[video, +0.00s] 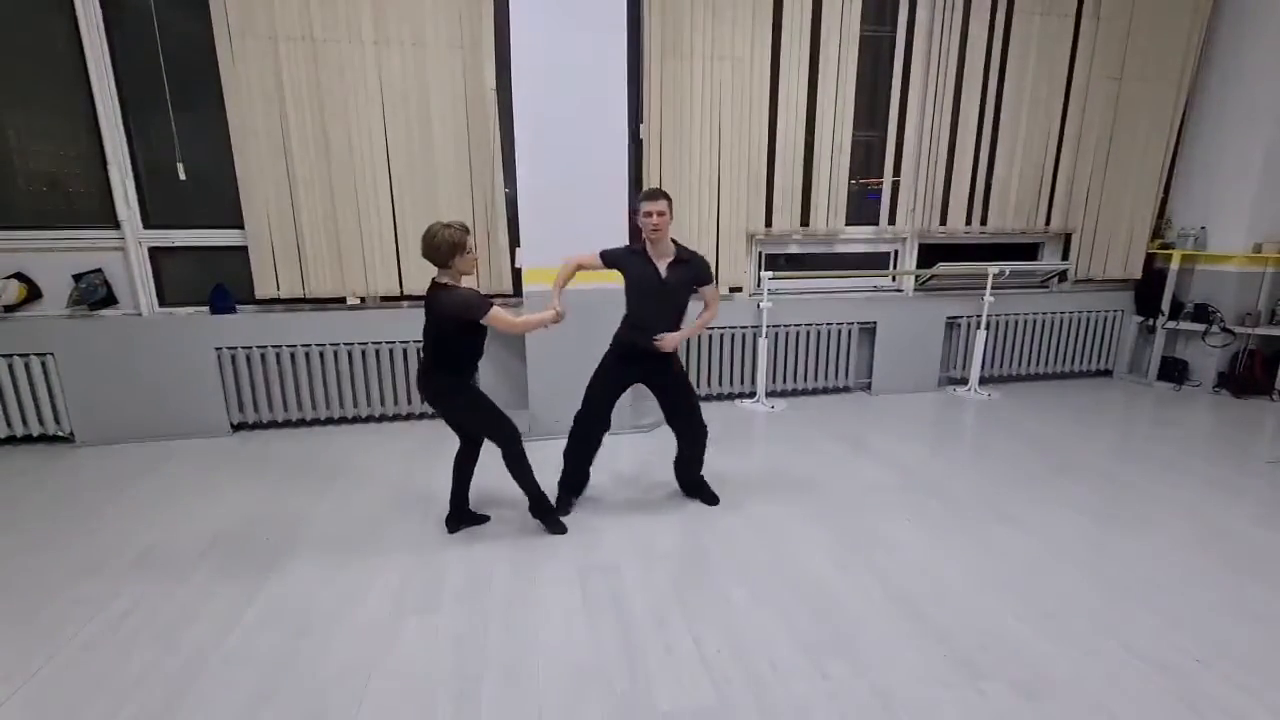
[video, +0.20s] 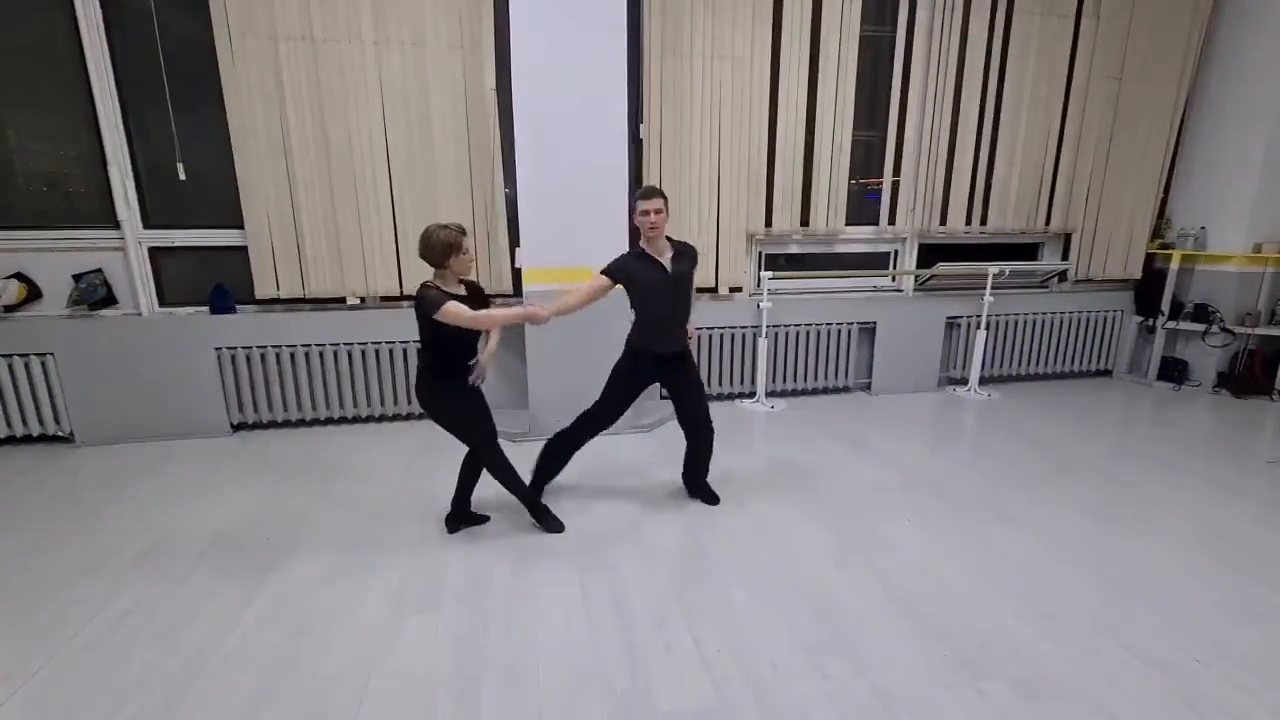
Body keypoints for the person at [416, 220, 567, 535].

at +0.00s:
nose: (475, 254)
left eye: (472, 248)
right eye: (468, 251)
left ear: (447, 259)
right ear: (452, 260)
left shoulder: (440, 290)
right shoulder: (464, 298)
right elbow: (513, 325)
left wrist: (492, 307)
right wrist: (553, 316)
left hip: (436, 381)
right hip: (451, 385)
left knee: (471, 437)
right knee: (507, 433)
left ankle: (458, 512)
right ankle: (541, 505)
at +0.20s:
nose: (472, 257)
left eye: (471, 251)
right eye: (465, 253)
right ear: (446, 261)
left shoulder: (472, 290)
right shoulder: (429, 296)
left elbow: (496, 323)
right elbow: (472, 320)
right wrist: (522, 314)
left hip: (464, 383)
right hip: (435, 388)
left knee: (484, 440)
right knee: (485, 442)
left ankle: (459, 512)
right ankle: (535, 507)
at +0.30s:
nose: (471, 257)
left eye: (469, 251)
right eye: (464, 253)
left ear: (457, 257)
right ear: (444, 260)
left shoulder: (476, 290)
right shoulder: (421, 296)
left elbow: (510, 326)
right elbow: (461, 311)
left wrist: (489, 358)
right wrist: (505, 299)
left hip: (469, 380)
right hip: (434, 387)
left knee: (489, 441)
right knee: (483, 445)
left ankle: (459, 511)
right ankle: (531, 508)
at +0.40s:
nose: (471, 257)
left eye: (470, 251)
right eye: (464, 253)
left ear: (458, 257)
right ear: (444, 261)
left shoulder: (478, 289)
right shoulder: (421, 295)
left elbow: (515, 325)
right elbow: (459, 308)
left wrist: (493, 361)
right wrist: (497, 295)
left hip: (471, 382)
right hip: (435, 388)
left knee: (489, 442)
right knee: (483, 444)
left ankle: (458, 511)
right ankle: (531, 508)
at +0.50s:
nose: (473, 257)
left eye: (472, 250)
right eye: (467, 252)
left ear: (458, 258)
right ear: (448, 260)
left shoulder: (478, 288)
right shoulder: (427, 296)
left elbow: (519, 310)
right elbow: (464, 315)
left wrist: (519, 355)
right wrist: (507, 306)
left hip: (470, 380)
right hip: (438, 386)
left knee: (487, 439)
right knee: (488, 436)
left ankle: (458, 510)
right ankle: (531, 502)